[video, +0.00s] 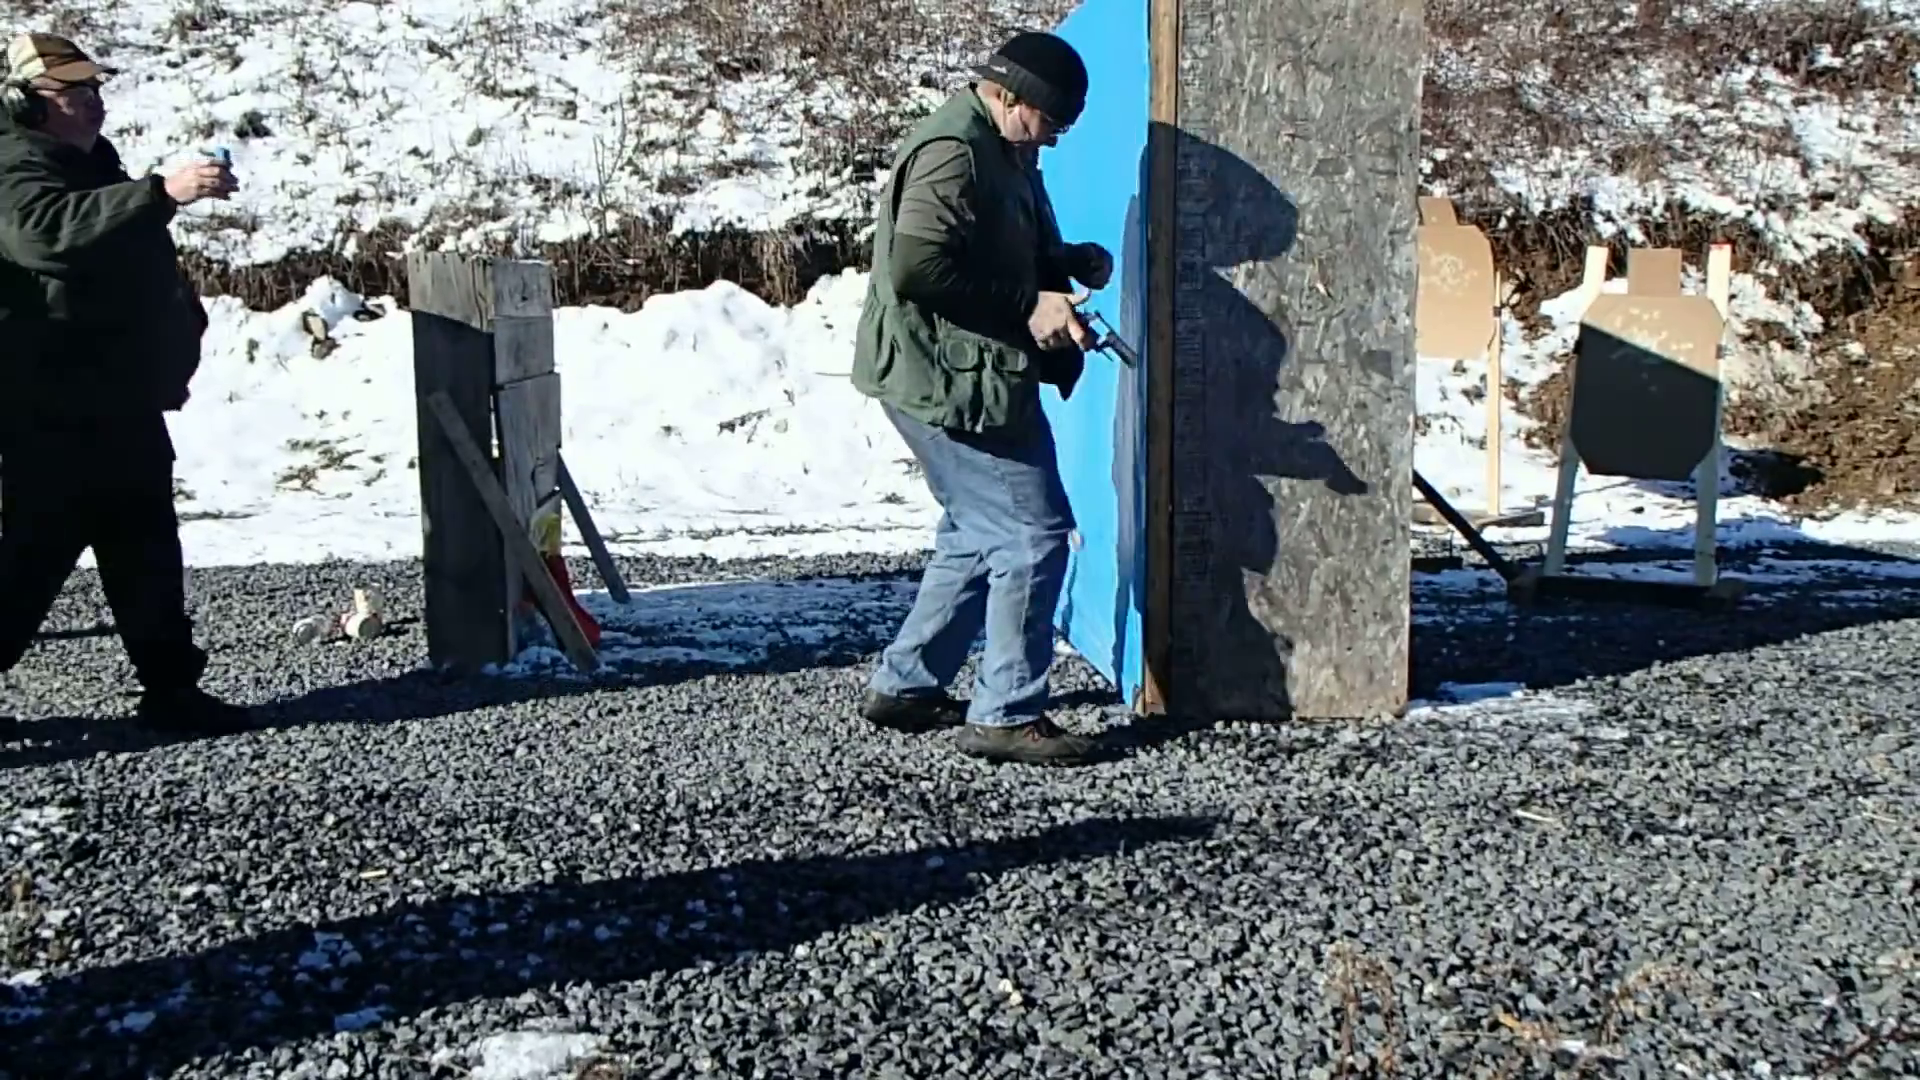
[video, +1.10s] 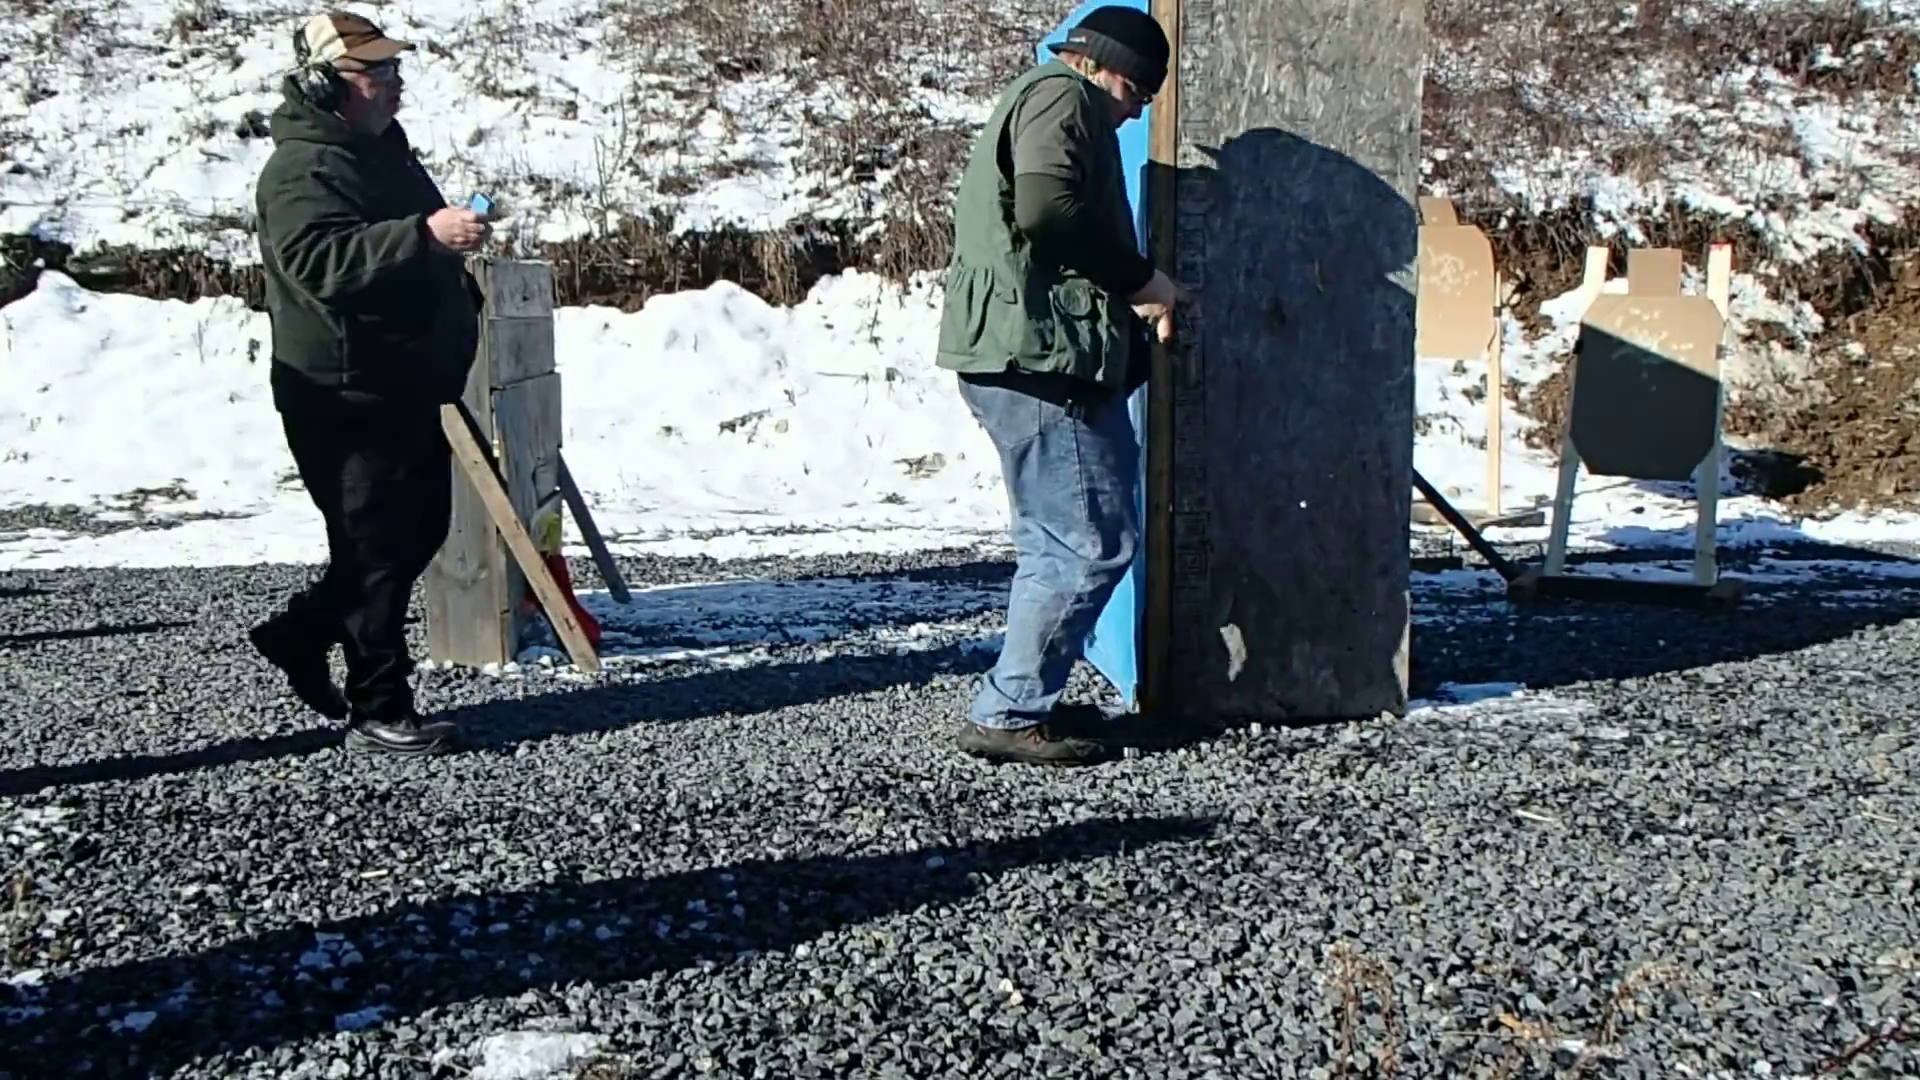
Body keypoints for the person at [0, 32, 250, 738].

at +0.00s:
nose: (97, 104)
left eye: (95, 91)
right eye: (81, 94)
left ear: (79, 100)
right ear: (41, 103)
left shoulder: (101, 164)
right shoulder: (15, 164)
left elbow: (146, 266)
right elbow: (47, 236)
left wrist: (179, 327)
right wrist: (161, 190)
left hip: (124, 399)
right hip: (51, 405)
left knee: (146, 551)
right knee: (30, 561)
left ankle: (172, 691)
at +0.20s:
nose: (157, 100)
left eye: (156, 88)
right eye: (144, 90)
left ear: (138, 95)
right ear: (108, 97)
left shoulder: (156, 159)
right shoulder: (75, 160)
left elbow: (196, 263)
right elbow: (111, 227)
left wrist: (239, 312)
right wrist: (215, 187)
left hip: (180, 383)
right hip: (112, 389)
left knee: (193, 540)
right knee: (142, 538)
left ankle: (176, 697)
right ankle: (43, 653)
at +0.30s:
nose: (182, 99)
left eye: (183, 87)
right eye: (169, 89)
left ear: (166, 90)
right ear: (132, 93)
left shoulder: (175, 154)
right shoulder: (102, 158)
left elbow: (211, 255)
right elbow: (133, 225)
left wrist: (261, 310)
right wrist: (232, 187)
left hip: (196, 379)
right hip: (141, 385)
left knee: (200, 529)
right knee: (179, 530)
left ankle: (171, 684)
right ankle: (142, 684)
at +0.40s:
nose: (209, 100)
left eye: (209, 88)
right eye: (196, 89)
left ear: (190, 96)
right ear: (158, 95)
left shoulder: (196, 155)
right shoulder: (126, 159)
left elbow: (229, 259)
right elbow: (154, 228)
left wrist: (267, 344)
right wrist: (251, 191)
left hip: (213, 380)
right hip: (163, 387)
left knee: (218, 528)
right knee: (201, 531)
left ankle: (212, 683)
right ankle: (204, 691)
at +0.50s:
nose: (234, 102)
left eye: (235, 89)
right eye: (219, 90)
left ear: (230, 90)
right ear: (179, 93)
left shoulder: (226, 161)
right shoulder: (147, 160)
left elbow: (258, 263)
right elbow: (175, 235)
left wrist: (304, 323)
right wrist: (273, 199)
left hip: (235, 383)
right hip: (180, 391)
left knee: (208, 533)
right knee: (249, 530)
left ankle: (174, 682)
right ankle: (302, 686)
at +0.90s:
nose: (344, 95)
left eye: (342, 83)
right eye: (331, 85)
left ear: (310, 96)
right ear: (293, 95)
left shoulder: (322, 156)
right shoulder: (257, 168)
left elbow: (354, 260)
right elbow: (277, 264)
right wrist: (379, 225)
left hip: (340, 386)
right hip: (296, 393)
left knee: (317, 538)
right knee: (355, 543)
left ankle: (214, 654)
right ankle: (380, 707)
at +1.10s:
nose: (398, 85)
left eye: (395, 72)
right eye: (383, 73)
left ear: (365, 84)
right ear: (342, 83)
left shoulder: (380, 148)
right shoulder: (304, 161)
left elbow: (410, 249)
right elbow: (324, 266)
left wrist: (456, 253)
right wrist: (426, 234)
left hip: (402, 378)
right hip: (338, 385)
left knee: (420, 525)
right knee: (373, 536)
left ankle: (300, 630)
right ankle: (380, 708)